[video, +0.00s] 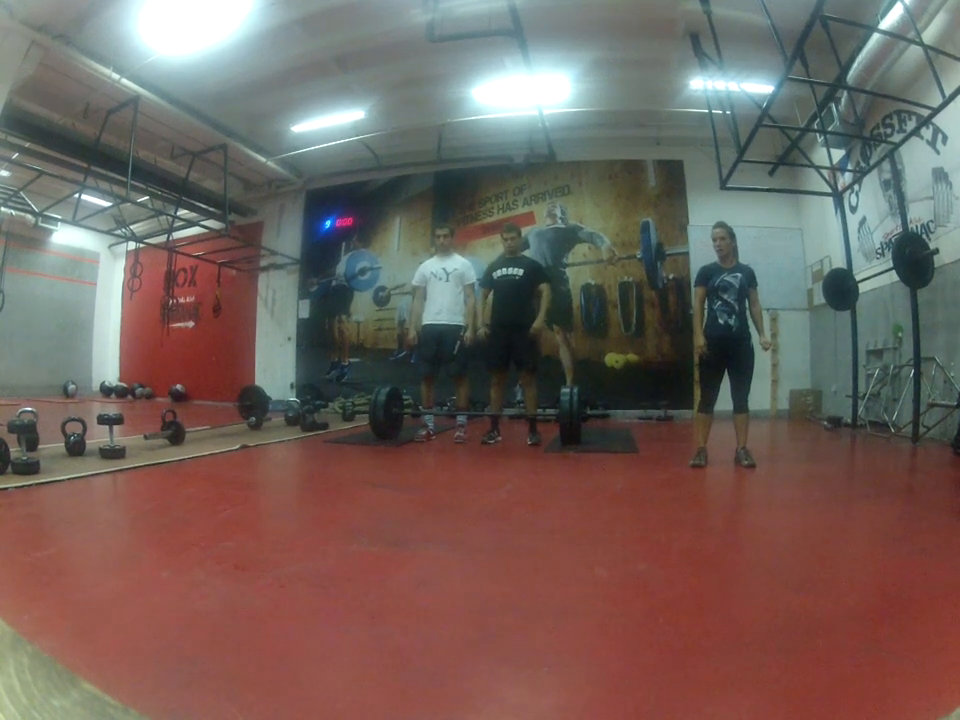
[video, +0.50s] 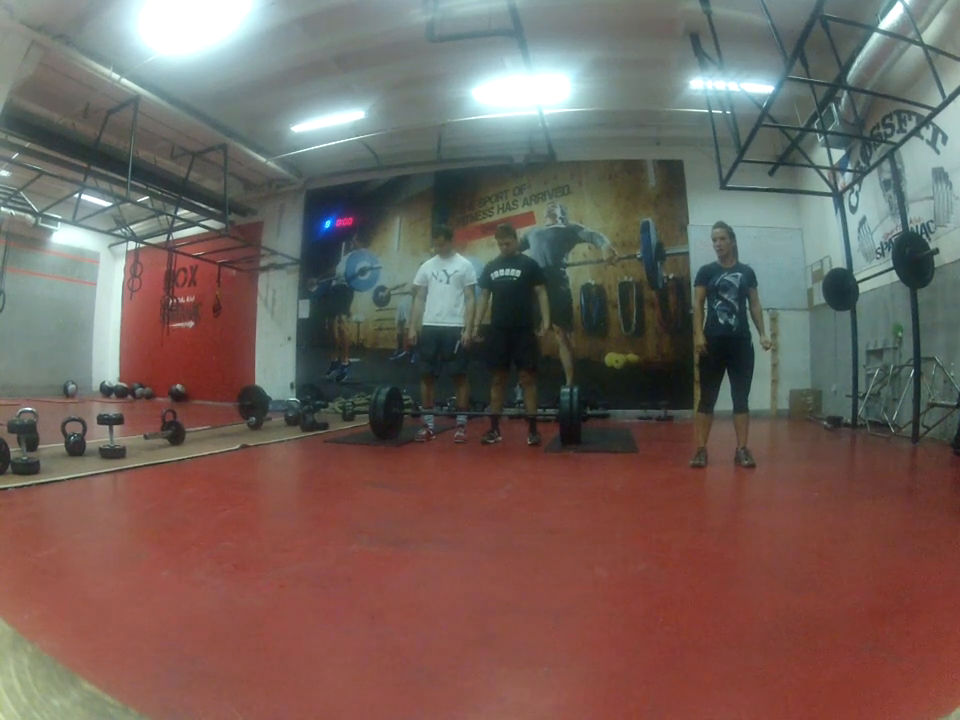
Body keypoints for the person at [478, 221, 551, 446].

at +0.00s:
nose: (509, 243)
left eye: (513, 239)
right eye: (506, 240)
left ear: (521, 240)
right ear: (501, 241)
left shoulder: (533, 265)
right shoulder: (494, 266)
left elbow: (546, 292)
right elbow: (483, 297)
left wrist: (540, 319)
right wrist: (481, 324)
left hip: (525, 329)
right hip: (499, 329)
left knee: (528, 378)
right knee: (497, 378)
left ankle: (533, 429)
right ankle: (494, 428)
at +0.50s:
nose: (505, 247)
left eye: (509, 242)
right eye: (502, 243)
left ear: (517, 241)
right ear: (497, 244)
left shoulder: (529, 264)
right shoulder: (491, 267)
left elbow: (541, 293)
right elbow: (483, 298)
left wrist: (546, 321)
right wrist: (476, 326)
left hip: (525, 329)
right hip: (498, 330)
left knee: (527, 378)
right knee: (498, 378)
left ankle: (532, 429)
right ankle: (494, 428)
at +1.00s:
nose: (508, 249)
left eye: (511, 245)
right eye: (504, 245)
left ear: (518, 243)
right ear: (498, 245)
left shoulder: (531, 266)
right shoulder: (493, 267)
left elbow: (545, 291)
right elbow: (484, 297)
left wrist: (542, 317)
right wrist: (477, 323)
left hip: (525, 329)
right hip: (498, 330)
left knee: (527, 378)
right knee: (498, 378)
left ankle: (532, 428)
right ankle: (494, 428)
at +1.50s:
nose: (508, 249)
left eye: (511, 244)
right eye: (504, 245)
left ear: (518, 243)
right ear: (499, 245)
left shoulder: (531, 266)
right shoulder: (493, 267)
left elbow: (543, 294)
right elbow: (482, 297)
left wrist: (542, 320)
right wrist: (479, 324)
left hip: (525, 329)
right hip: (498, 329)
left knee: (527, 377)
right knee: (497, 377)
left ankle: (532, 428)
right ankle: (494, 428)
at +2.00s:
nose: (507, 248)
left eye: (510, 244)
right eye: (503, 244)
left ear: (518, 243)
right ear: (498, 244)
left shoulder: (531, 266)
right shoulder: (493, 267)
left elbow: (543, 294)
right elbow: (484, 298)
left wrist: (545, 318)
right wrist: (478, 321)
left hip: (525, 329)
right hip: (499, 329)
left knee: (527, 377)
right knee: (498, 377)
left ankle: (533, 428)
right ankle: (494, 428)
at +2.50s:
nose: (504, 252)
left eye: (507, 248)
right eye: (500, 248)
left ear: (515, 243)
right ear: (496, 246)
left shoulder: (531, 265)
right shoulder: (493, 266)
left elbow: (543, 295)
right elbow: (484, 298)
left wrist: (543, 326)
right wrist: (482, 327)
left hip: (527, 330)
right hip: (501, 329)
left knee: (529, 377)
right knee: (498, 377)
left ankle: (533, 428)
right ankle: (494, 428)